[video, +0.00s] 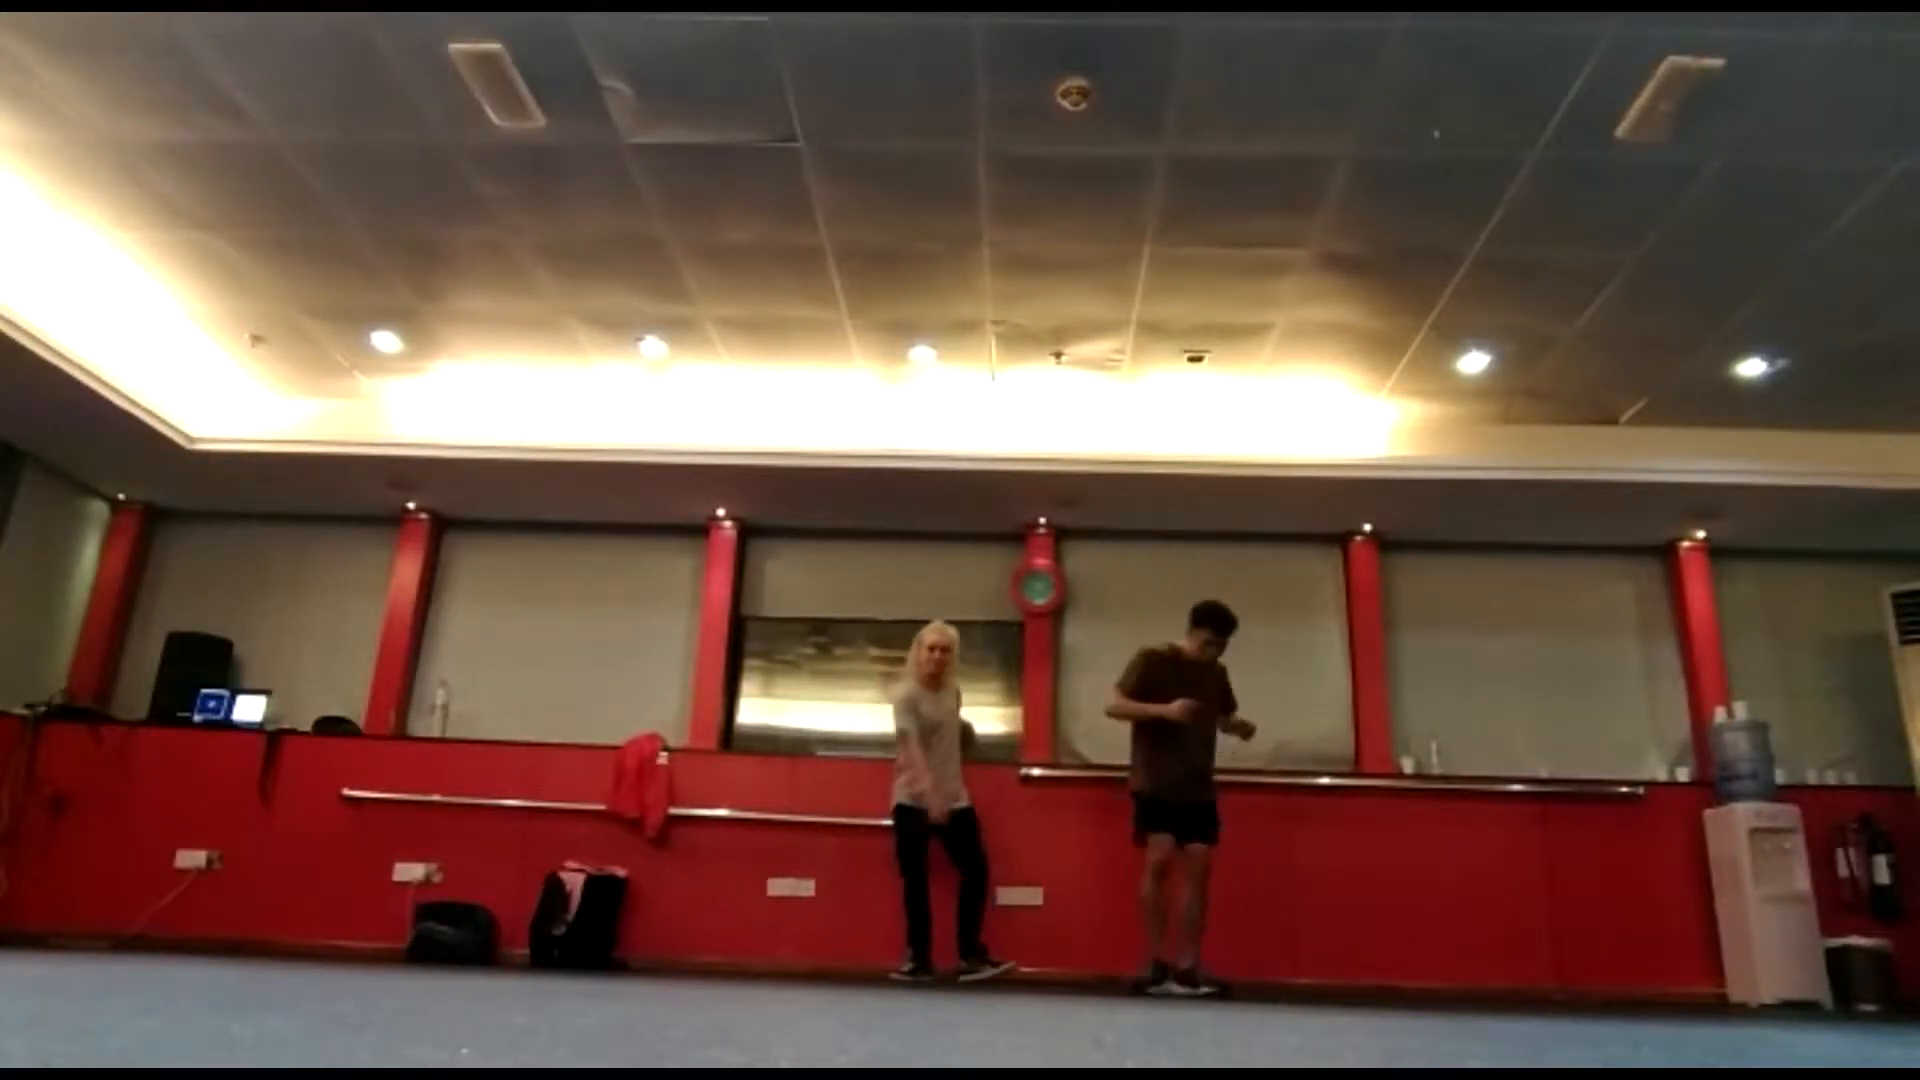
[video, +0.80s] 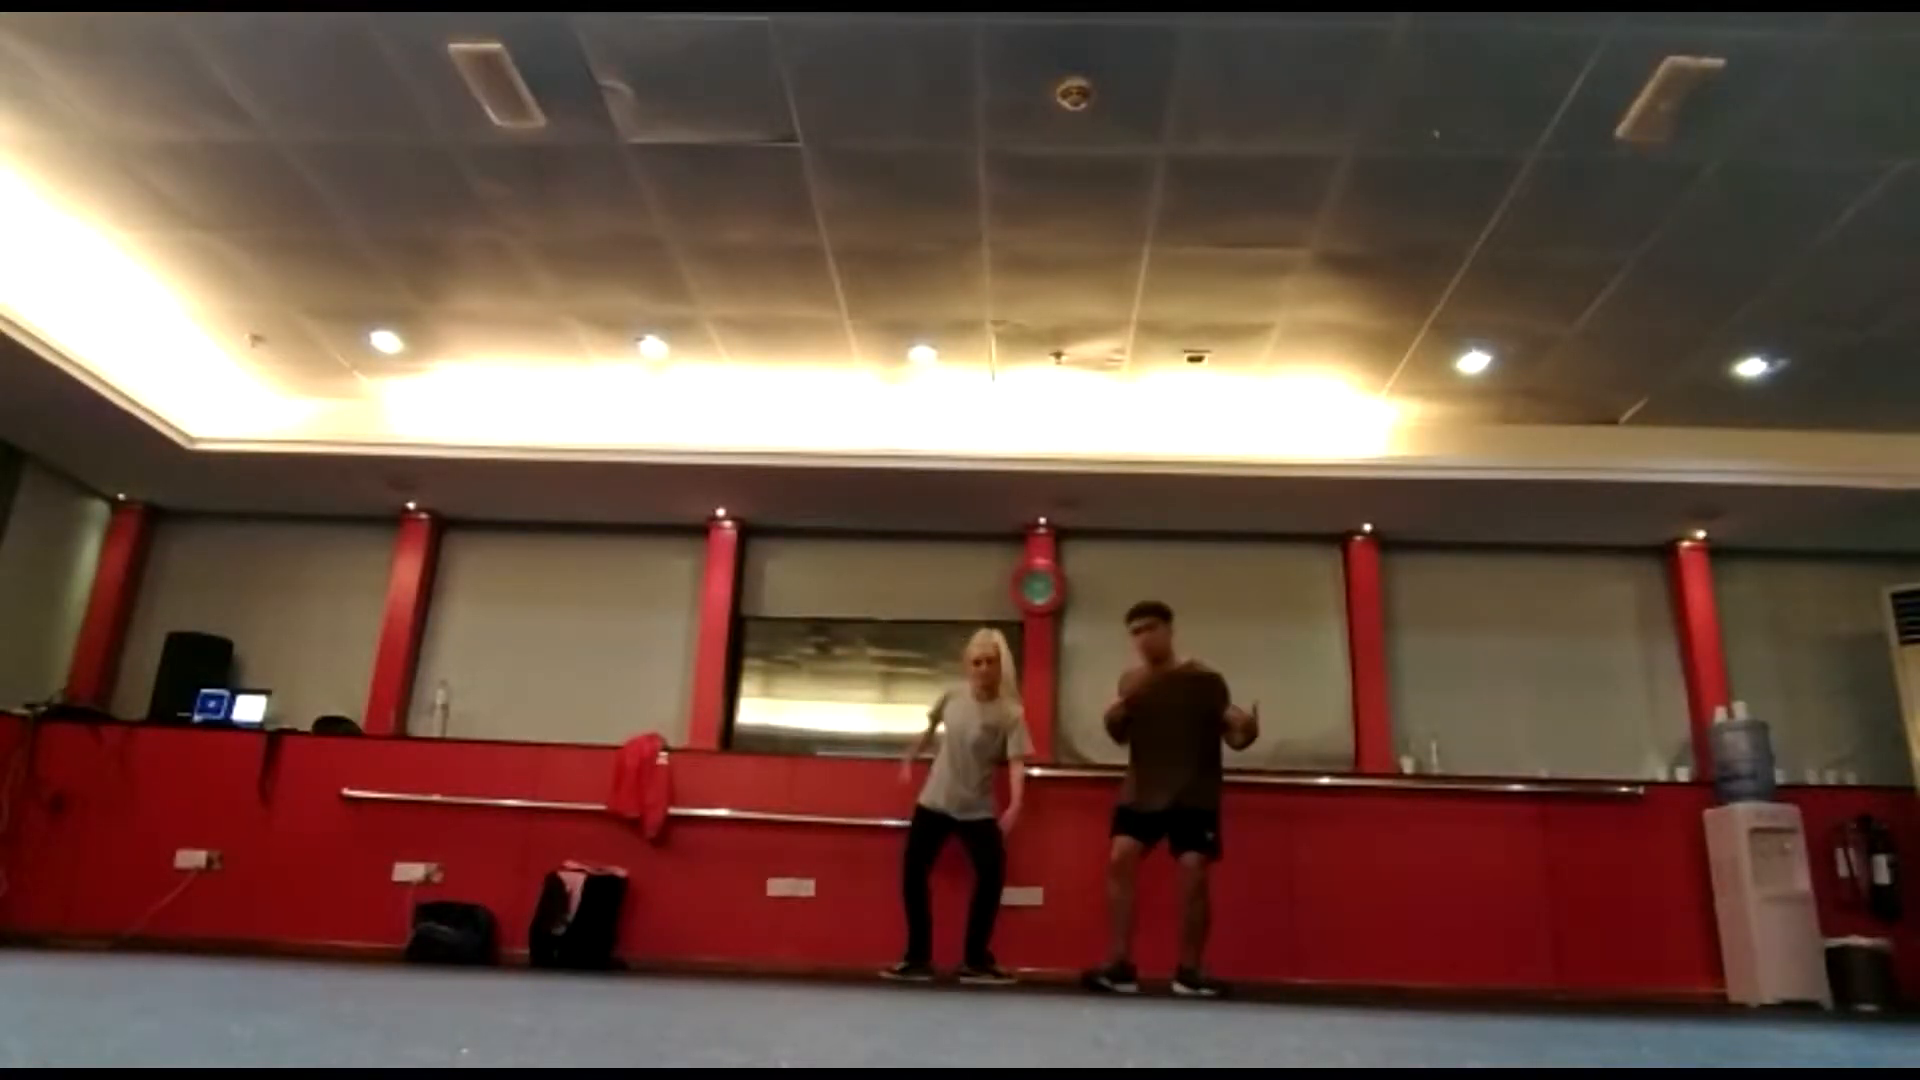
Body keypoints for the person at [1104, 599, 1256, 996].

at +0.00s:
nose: (1211, 655)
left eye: (1217, 648)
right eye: (1208, 645)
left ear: (1222, 644)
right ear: (1193, 633)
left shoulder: (1214, 673)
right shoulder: (1151, 662)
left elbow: (1223, 718)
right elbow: (1115, 705)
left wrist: (1238, 727)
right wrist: (1165, 709)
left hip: (1197, 786)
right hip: (1155, 785)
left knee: (1197, 869)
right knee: (1158, 863)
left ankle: (1188, 965)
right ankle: (1155, 961)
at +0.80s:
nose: (1144, 639)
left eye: (1150, 629)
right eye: (1137, 632)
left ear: (1169, 630)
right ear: (1131, 639)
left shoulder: (1204, 681)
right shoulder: (1135, 684)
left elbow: (1235, 738)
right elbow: (1118, 734)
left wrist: (1247, 728)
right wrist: (1123, 704)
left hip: (1194, 796)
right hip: (1145, 794)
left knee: (1194, 870)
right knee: (1120, 860)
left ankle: (1189, 969)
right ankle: (1120, 963)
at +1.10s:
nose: (1097, 640)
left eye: (1102, 630)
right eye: (1089, 634)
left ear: (1119, 631)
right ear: (1083, 642)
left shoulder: (1160, 667)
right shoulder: (1087, 689)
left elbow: (1193, 716)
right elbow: (1078, 739)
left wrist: (1173, 763)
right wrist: (1107, 760)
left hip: (1171, 780)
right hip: (1126, 782)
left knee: (1186, 862)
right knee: (1112, 857)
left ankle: (1190, 964)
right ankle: (1118, 961)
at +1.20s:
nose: (1097, 633)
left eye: (1102, 622)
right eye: (1089, 626)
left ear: (1120, 624)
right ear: (1082, 634)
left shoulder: (1157, 662)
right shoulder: (1082, 683)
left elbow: (1188, 711)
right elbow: (1075, 742)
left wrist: (1168, 744)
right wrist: (1119, 746)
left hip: (1167, 778)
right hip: (1119, 784)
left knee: (1186, 853)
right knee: (1111, 857)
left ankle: (1186, 958)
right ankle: (1117, 961)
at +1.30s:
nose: (1107, 626)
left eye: (1113, 617)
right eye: (1098, 620)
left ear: (1125, 621)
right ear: (1087, 629)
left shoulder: (1151, 665)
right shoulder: (1078, 681)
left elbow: (1182, 712)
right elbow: (1070, 741)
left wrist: (1154, 735)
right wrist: (1124, 732)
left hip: (1161, 779)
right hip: (1112, 785)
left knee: (1188, 852)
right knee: (1106, 858)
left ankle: (1162, 948)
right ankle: (1114, 959)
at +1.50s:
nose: (1124, 639)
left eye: (1130, 631)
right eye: (1115, 632)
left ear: (1139, 637)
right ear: (1101, 640)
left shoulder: (1151, 689)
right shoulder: (1086, 690)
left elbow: (1162, 734)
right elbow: (1075, 744)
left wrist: (1162, 762)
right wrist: (1136, 762)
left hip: (1152, 791)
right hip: (1111, 793)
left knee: (1177, 869)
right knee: (1109, 858)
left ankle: (1142, 960)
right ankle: (1114, 957)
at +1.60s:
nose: (1133, 642)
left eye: (1139, 634)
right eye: (1125, 635)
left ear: (1147, 640)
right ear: (1110, 641)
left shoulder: (1160, 692)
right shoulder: (1089, 690)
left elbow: (1170, 745)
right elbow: (1076, 747)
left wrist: (1165, 789)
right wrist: (1134, 778)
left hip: (1150, 794)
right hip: (1108, 795)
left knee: (1173, 869)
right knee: (1105, 859)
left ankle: (1140, 960)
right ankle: (1114, 957)